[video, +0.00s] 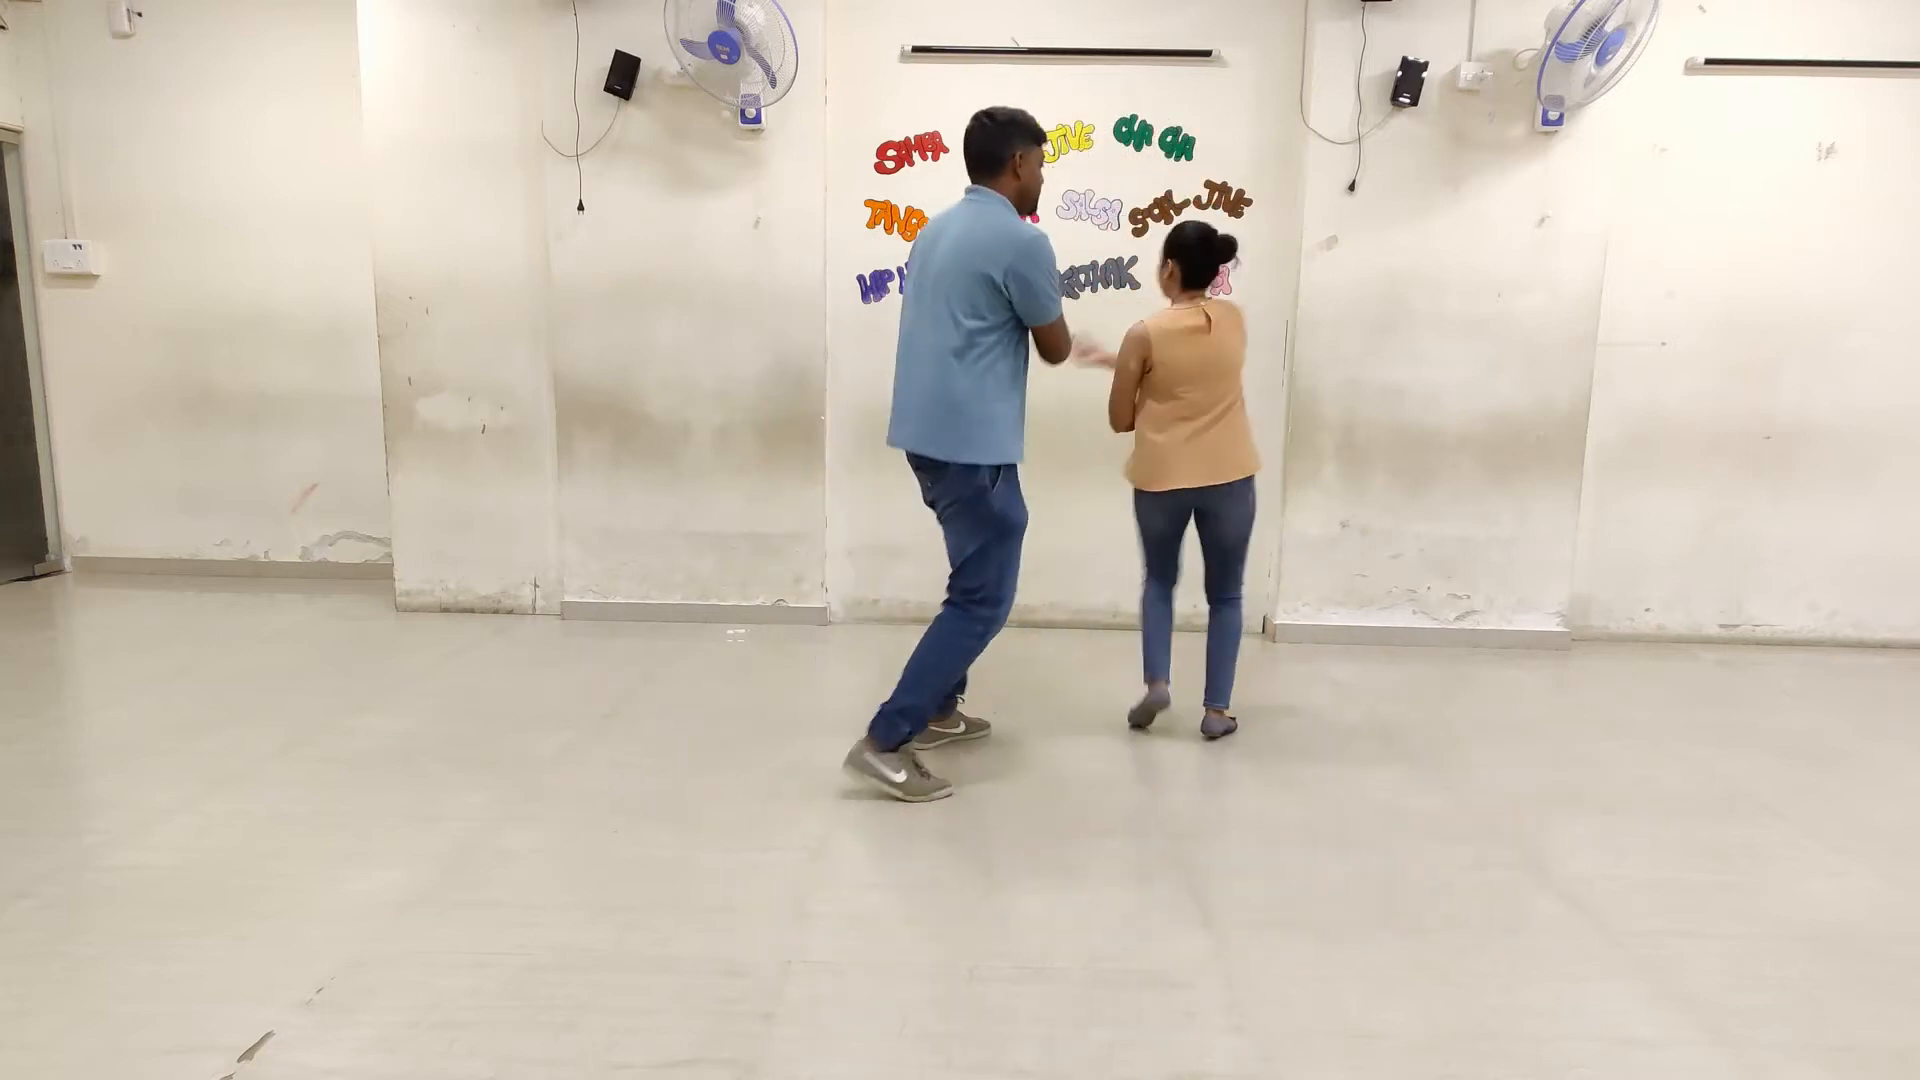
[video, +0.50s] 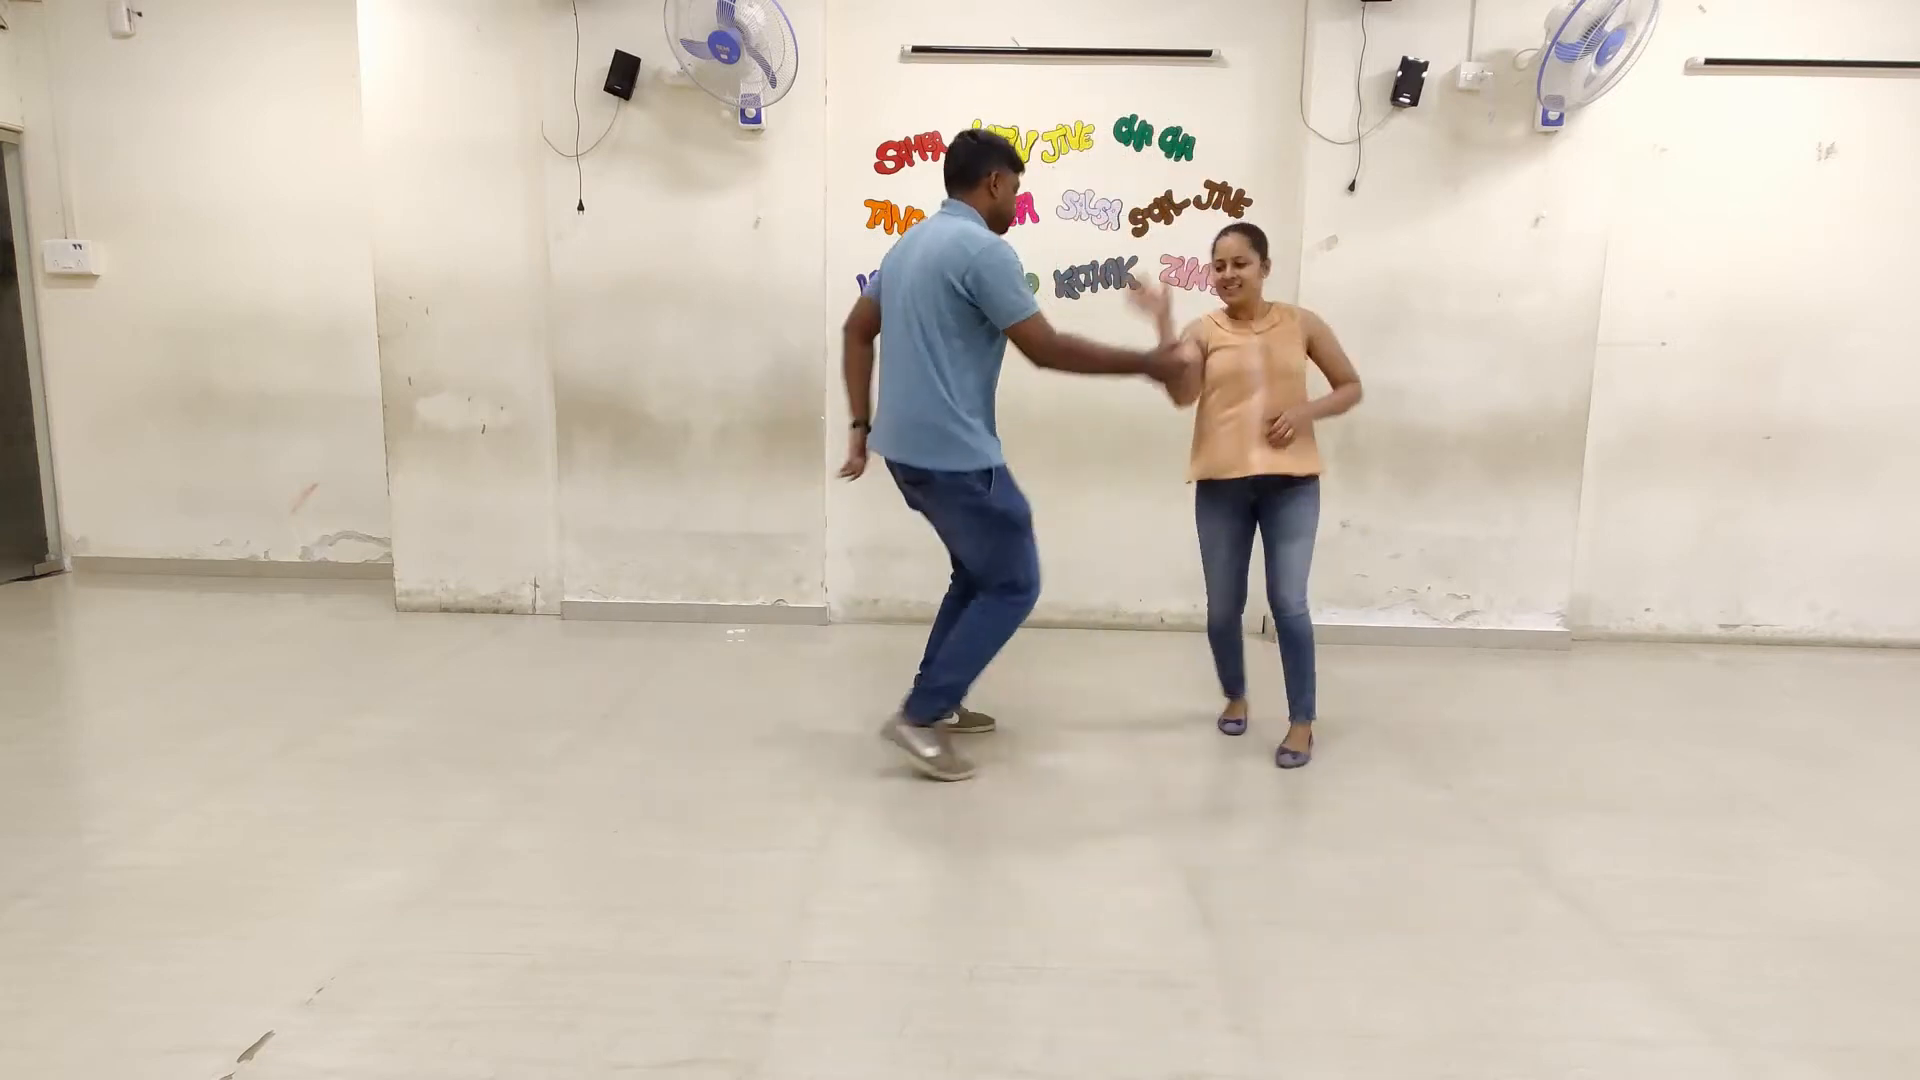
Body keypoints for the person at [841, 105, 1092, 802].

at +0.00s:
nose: (1044, 175)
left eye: (1042, 162)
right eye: (1039, 163)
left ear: (980, 167)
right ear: (1018, 165)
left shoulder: (938, 228)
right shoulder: (1020, 241)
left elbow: (966, 327)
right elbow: (1056, 349)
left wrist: (1070, 349)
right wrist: (1035, 306)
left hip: (923, 432)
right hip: (974, 443)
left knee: (974, 576)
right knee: (982, 600)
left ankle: (939, 708)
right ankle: (884, 743)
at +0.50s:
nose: (1017, 202)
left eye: (1017, 190)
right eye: (1015, 189)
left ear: (956, 184)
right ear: (994, 183)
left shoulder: (910, 244)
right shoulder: (982, 249)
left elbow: (857, 327)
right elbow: (1046, 348)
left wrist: (860, 422)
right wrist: (1149, 363)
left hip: (906, 445)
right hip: (955, 448)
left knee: (976, 574)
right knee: (1014, 586)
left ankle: (936, 700)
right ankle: (921, 720)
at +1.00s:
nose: (998, 225)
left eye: (999, 215)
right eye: (999, 214)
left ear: (935, 197)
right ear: (983, 204)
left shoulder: (866, 245)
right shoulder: (989, 266)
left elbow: (804, 329)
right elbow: (1020, 376)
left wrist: (806, 432)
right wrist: (1064, 364)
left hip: (852, 444)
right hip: (928, 454)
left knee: (889, 563)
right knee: (949, 604)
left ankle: (913, 681)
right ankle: (884, 746)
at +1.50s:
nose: (1054, 258)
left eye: (1059, 245)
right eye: (1054, 242)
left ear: (1018, 226)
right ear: (1025, 224)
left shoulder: (972, 266)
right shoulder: (971, 268)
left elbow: (925, 371)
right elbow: (975, 368)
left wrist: (964, 444)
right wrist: (1071, 405)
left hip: (920, 438)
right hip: (903, 438)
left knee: (991, 564)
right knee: (984, 574)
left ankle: (932, 696)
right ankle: (963, 744)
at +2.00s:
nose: (1071, 278)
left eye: (1075, 265)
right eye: (1071, 263)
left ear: (1027, 244)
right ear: (1045, 246)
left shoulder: (972, 280)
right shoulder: (1009, 297)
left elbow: (934, 383)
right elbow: (1014, 411)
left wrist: (979, 453)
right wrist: (1107, 424)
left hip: (908, 459)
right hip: (939, 467)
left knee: (992, 586)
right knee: (1019, 606)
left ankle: (954, 700)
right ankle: (933, 741)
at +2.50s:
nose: (1050, 236)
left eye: (1050, 223)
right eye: (1046, 222)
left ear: (985, 216)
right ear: (1021, 217)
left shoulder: (916, 263)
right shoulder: (1042, 283)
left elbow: (858, 357)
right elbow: (1057, 393)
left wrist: (902, 405)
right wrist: (1078, 361)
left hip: (897, 459)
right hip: (977, 466)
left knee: (932, 572)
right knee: (998, 618)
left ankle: (947, 701)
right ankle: (939, 756)